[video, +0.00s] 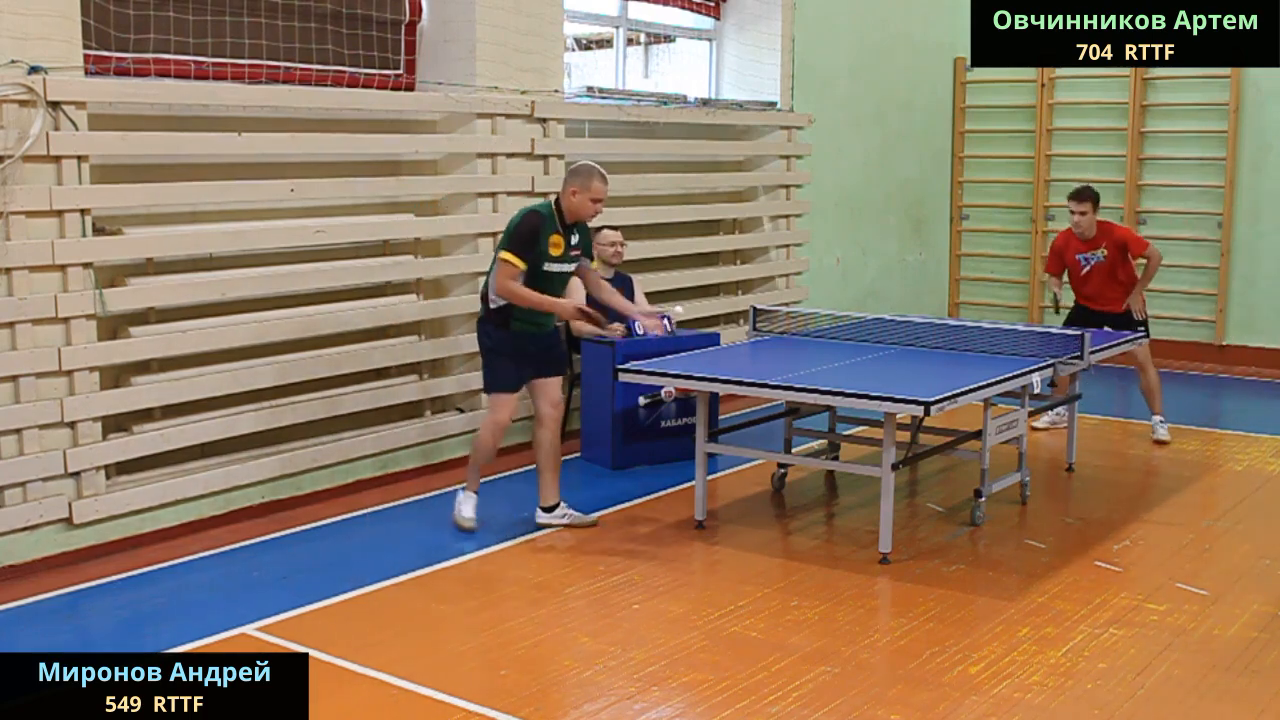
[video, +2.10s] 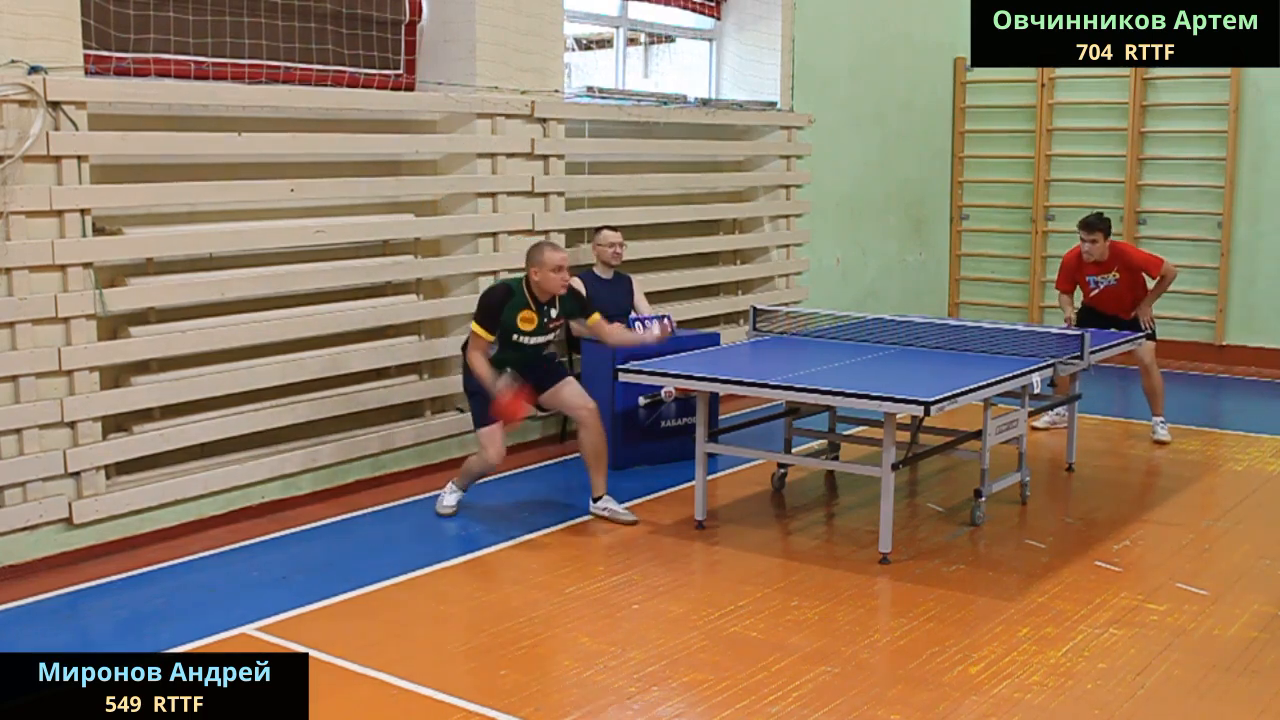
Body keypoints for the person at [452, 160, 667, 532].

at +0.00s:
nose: (599, 210)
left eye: (602, 203)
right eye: (595, 202)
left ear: (579, 196)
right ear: (572, 193)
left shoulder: (579, 229)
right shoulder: (531, 221)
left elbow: (592, 282)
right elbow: (502, 284)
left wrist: (638, 313)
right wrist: (561, 306)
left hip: (544, 330)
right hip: (504, 329)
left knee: (551, 412)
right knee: (500, 417)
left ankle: (549, 506)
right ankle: (469, 491)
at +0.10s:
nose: (593, 209)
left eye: (596, 202)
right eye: (590, 201)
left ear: (574, 197)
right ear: (565, 193)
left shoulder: (582, 236)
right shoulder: (520, 219)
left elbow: (615, 288)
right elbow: (480, 271)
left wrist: (665, 315)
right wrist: (526, 299)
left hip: (544, 330)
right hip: (497, 329)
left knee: (550, 412)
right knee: (488, 414)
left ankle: (549, 506)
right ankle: (461, 480)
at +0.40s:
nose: (551, 216)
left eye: (554, 209)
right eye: (546, 208)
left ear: (550, 206)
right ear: (522, 200)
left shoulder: (550, 237)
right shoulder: (481, 224)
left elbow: (589, 279)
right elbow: (440, 272)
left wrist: (636, 300)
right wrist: (484, 291)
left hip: (520, 332)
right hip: (473, 334)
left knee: (538, 408)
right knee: (465, 412)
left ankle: (548, 503)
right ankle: (455, 485)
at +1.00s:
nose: (568, 250)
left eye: (571, 244)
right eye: (562, 242)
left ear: (573, 238)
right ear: (540, 231)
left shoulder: (565, 258)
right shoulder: (500, 239)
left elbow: (586, 303)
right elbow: (462, 292)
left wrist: (617, 335)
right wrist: (500, 324)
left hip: (520, 325)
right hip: (476, 322)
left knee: (531, 402)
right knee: (465, 403)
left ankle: (544, 490)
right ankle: (454, 484)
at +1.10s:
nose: (577, 260)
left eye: (581, 254)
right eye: (573, 253)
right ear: (551, 241)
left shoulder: (575, 266)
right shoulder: (512, 248)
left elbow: (595, 309)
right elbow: (482, 309)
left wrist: (623, 341)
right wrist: (529, 337)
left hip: (527, 323)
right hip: (480, 320)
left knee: (534, 401)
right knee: (468, 401)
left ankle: (544, 490)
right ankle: (455, 484)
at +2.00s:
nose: (568, 282)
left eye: (570, 275)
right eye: (560, 276)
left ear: (570, 274)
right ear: (537, 276)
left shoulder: (565, 302)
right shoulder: (501, 293)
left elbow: (597, 344)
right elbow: (476, 351)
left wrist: (639, 353)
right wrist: (524, 339)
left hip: (526, 361)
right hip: (481, 368)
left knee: (578, 410)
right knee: (488, 450)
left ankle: (599, 498)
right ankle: (455, 487)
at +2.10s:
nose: (566, 277)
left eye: (567, 270)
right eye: (558, 271)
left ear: (568, 269)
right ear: (534, 273)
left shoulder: (567, 296)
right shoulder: (499, 297)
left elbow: (608, 333)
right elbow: (475, 352)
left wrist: (647, 336)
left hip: (535, 363)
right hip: (491, 367)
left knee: (587, 411)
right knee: (493, 457)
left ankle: (599, 498)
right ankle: (457, 487)